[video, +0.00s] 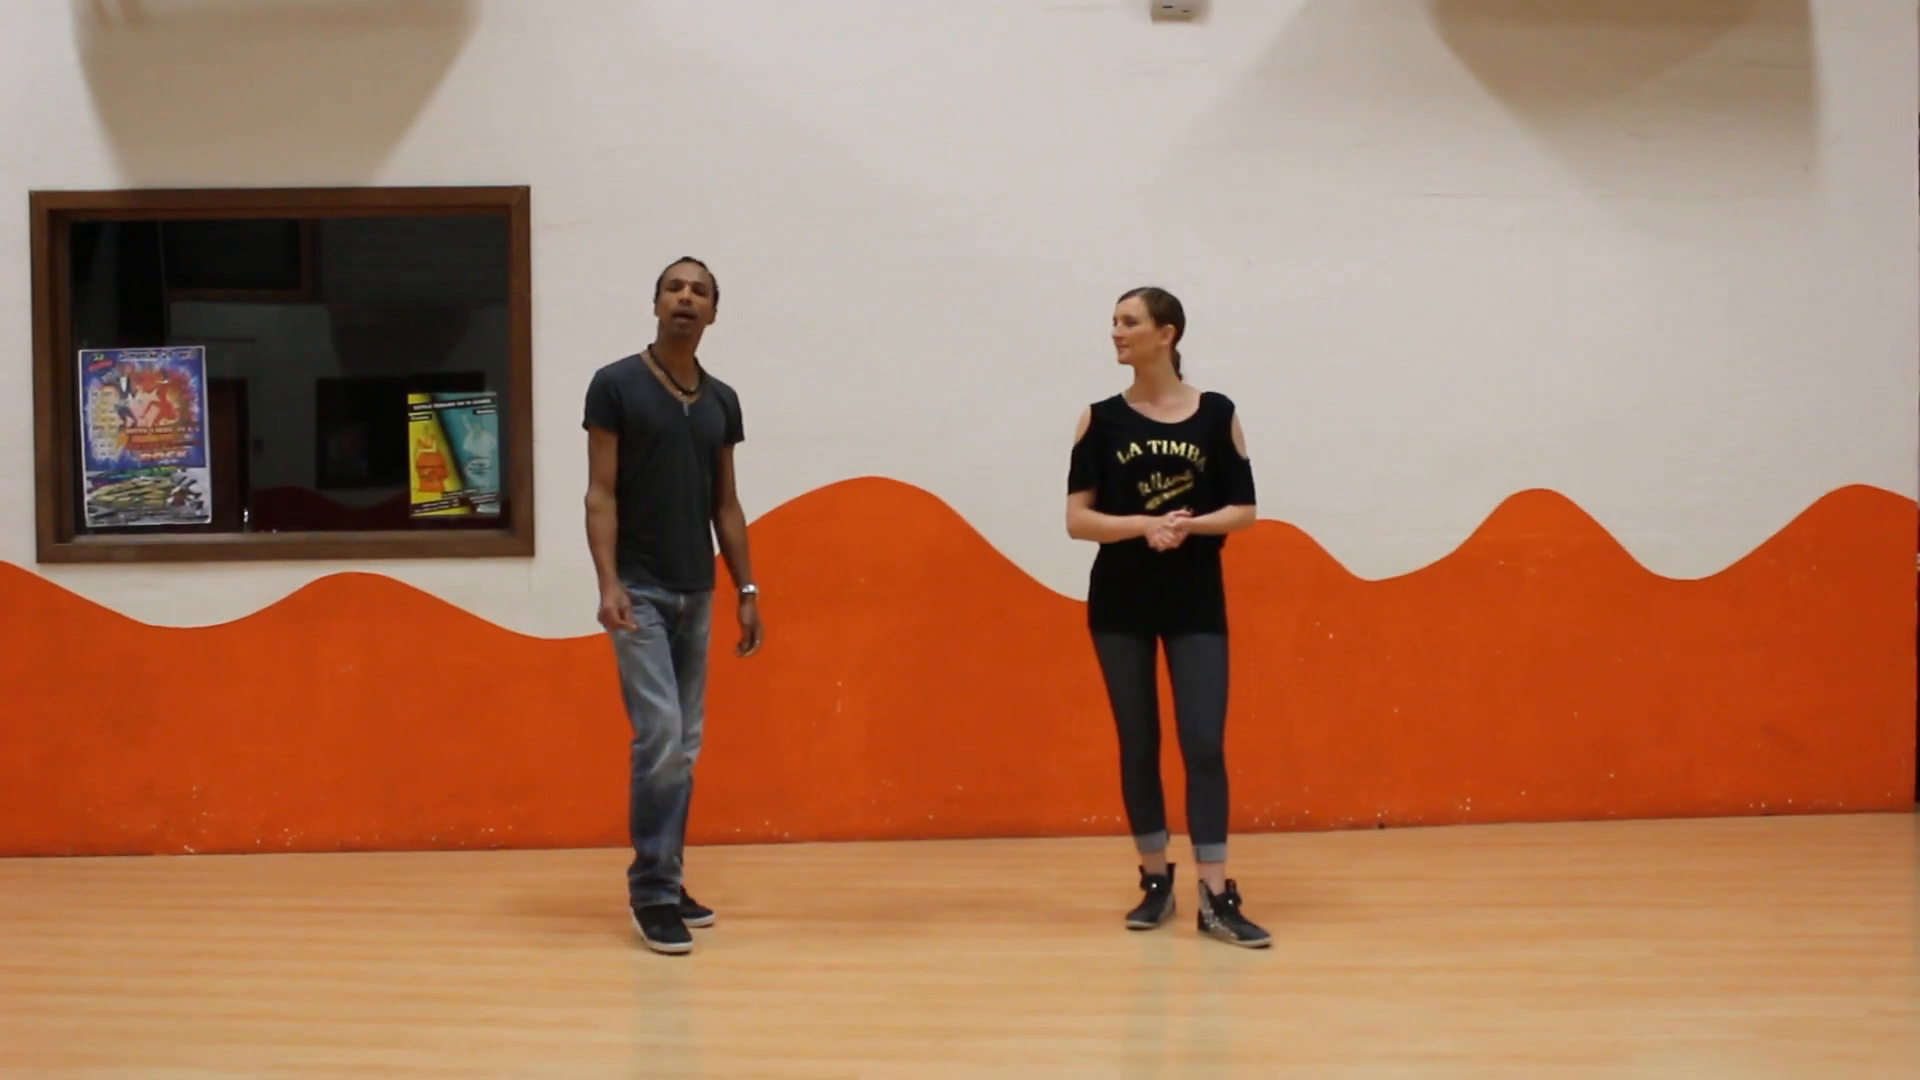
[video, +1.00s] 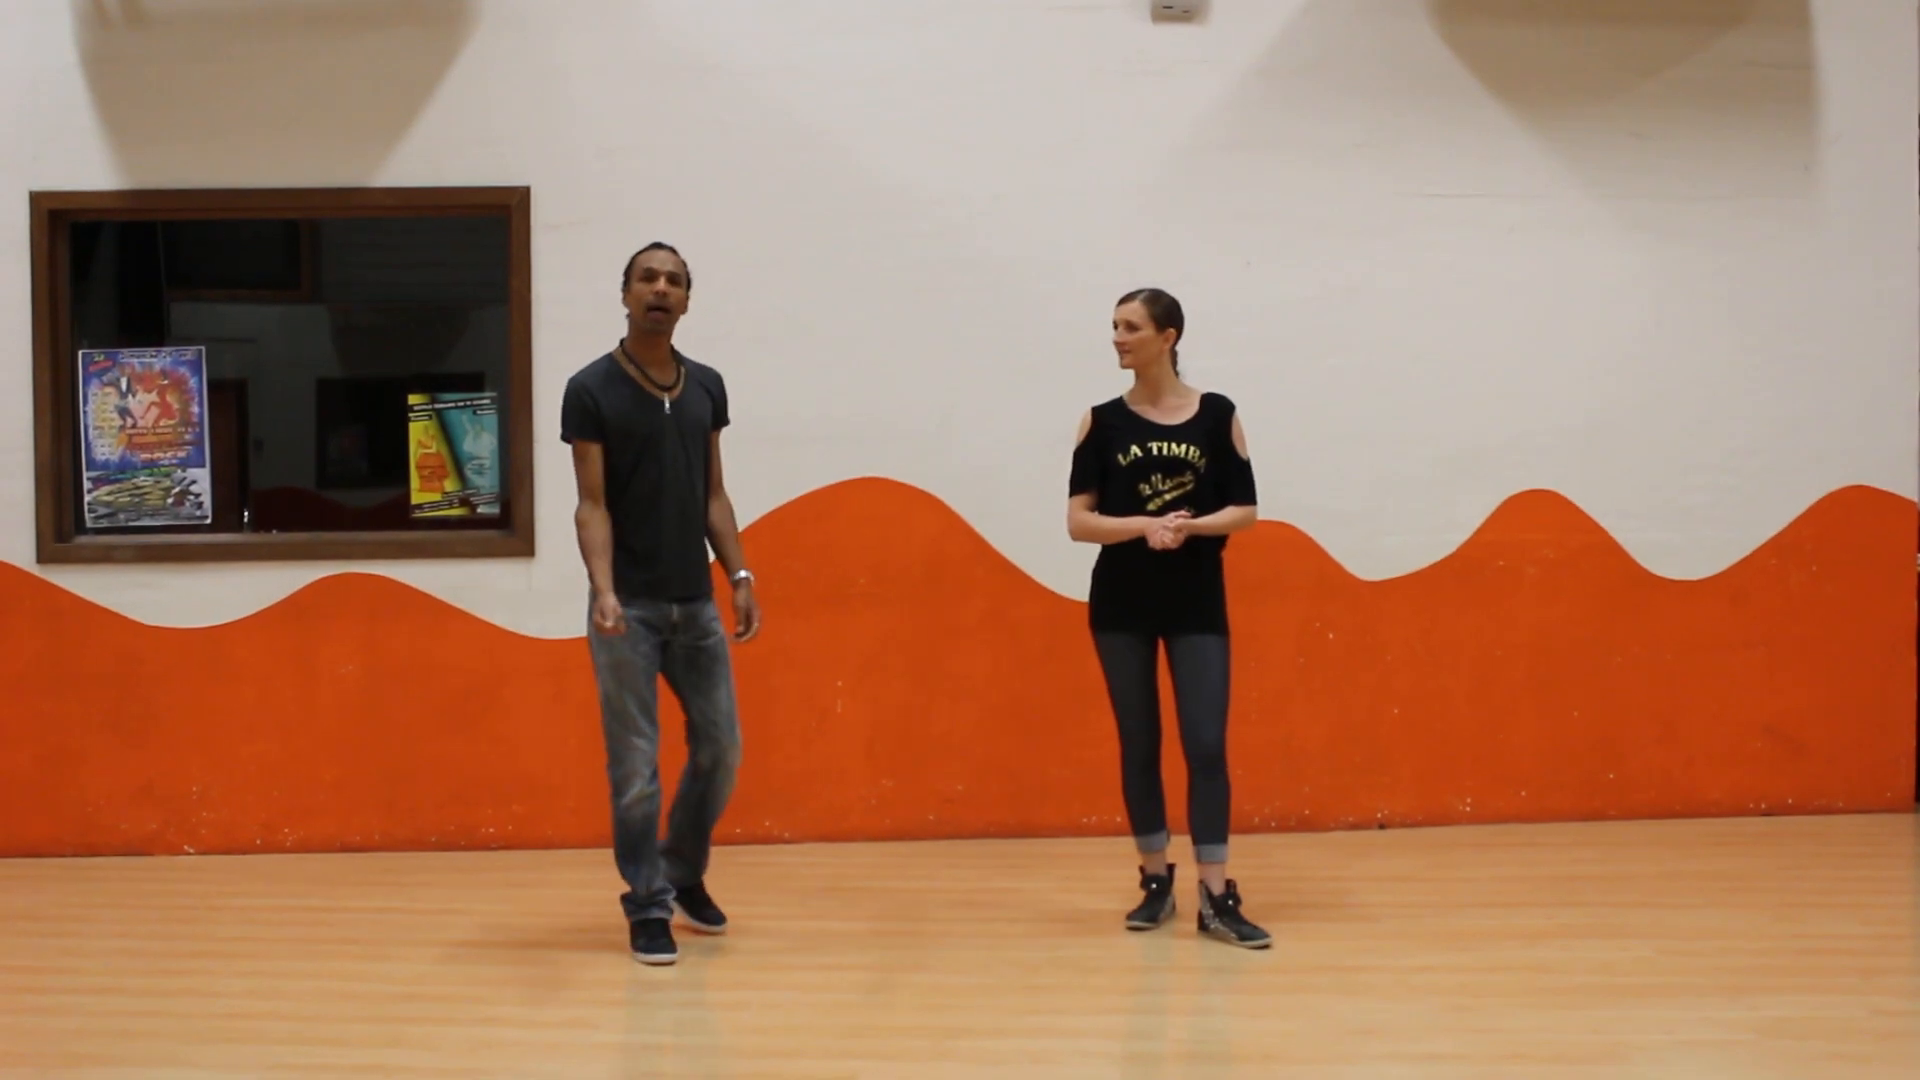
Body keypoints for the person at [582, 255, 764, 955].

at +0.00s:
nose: (685, 298)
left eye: (699, 291)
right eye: (674, 288)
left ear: (714, 312)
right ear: (654, 304)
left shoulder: (720, 401)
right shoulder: (616, 385)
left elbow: (726, 503)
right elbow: (601, 493)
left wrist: (747, 591)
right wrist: (608, 584)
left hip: (695, 589)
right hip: (637, 588)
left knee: (684, 741)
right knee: (661, 734)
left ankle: (665, 881)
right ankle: (653, 891)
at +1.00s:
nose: (662, 288)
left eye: (674, 279)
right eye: (649, 277)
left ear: (688, 299)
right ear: (624, 294)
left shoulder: (705, 386)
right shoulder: (592, 389)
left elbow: (713, 494)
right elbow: (592, 503)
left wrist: (740, 575)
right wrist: (602, 589)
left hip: (695, 602)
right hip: (626, 604)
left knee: (720, 750)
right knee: (637, 761)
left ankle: (680, 870)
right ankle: (647, 903)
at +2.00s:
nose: (776, 279)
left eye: (790, 275)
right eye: (765, 265)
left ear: (796, 301)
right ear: (734, 277)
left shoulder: (805, 391)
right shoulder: (677, 375)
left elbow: (805, 505)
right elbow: (646, 498)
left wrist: (826, 588)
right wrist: (723, 557)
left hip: (774, 607)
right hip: (696, 605)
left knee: (765, 778)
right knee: (687, 772)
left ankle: (753, 937)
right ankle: (667, 895)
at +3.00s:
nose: (728, 281)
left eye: (739, 276)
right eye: (714, 268)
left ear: (744, 301)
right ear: (680, 285)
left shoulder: (751, 389)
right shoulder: (635, 381)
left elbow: (754, 495)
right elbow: (605, 502)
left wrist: (768, 528)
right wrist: (707, 509)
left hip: (729, 605)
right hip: (655, 605)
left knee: (743, 776)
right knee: (643, 771)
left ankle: (751, 938)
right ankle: (615, 911)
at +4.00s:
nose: (724, 306)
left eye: (722, 294)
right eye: (712, 294)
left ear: (685, 308)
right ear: (668, 304)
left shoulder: (677, 386)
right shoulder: (624, 385)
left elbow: (658, 489)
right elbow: (603, 506)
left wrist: (708, 498)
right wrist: (696, 489)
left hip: (664, 592)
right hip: (621, 591)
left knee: (659, 752)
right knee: (634, 753)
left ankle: (643, 886)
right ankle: (617, 911)